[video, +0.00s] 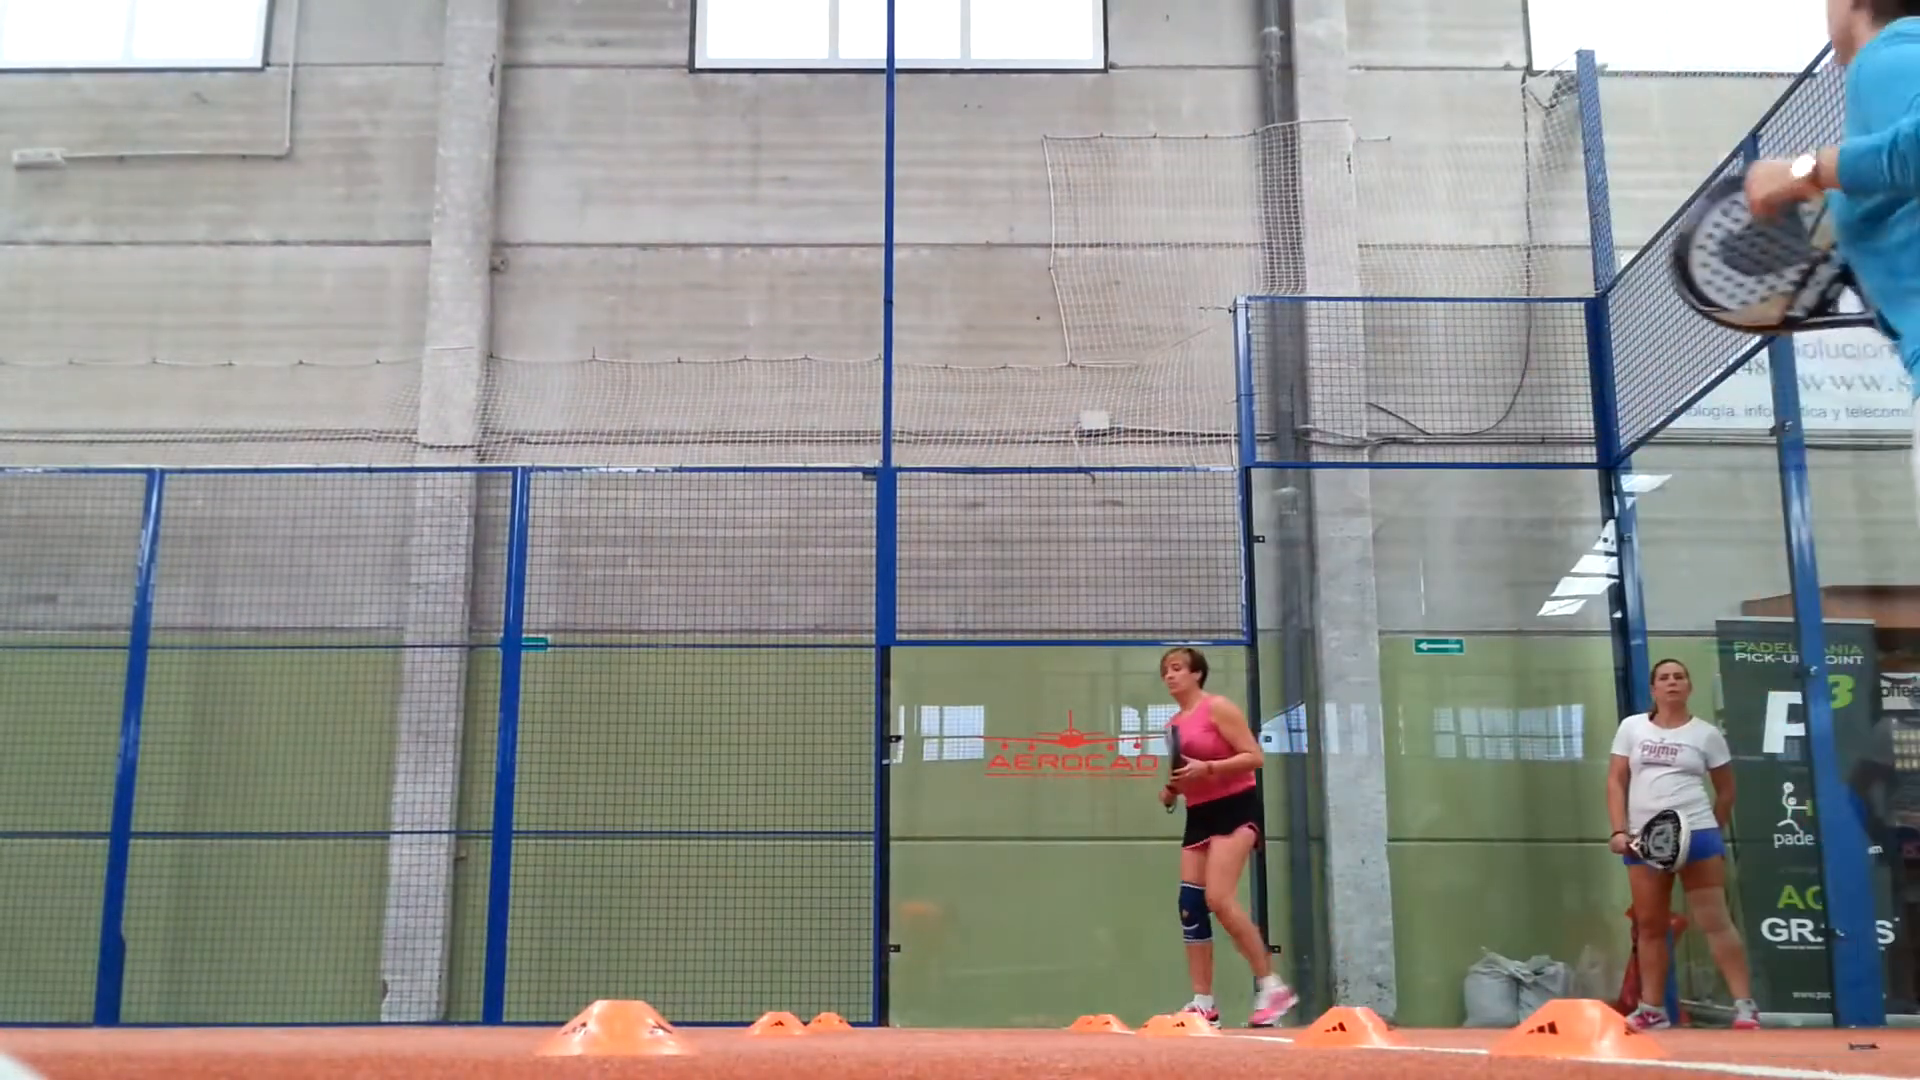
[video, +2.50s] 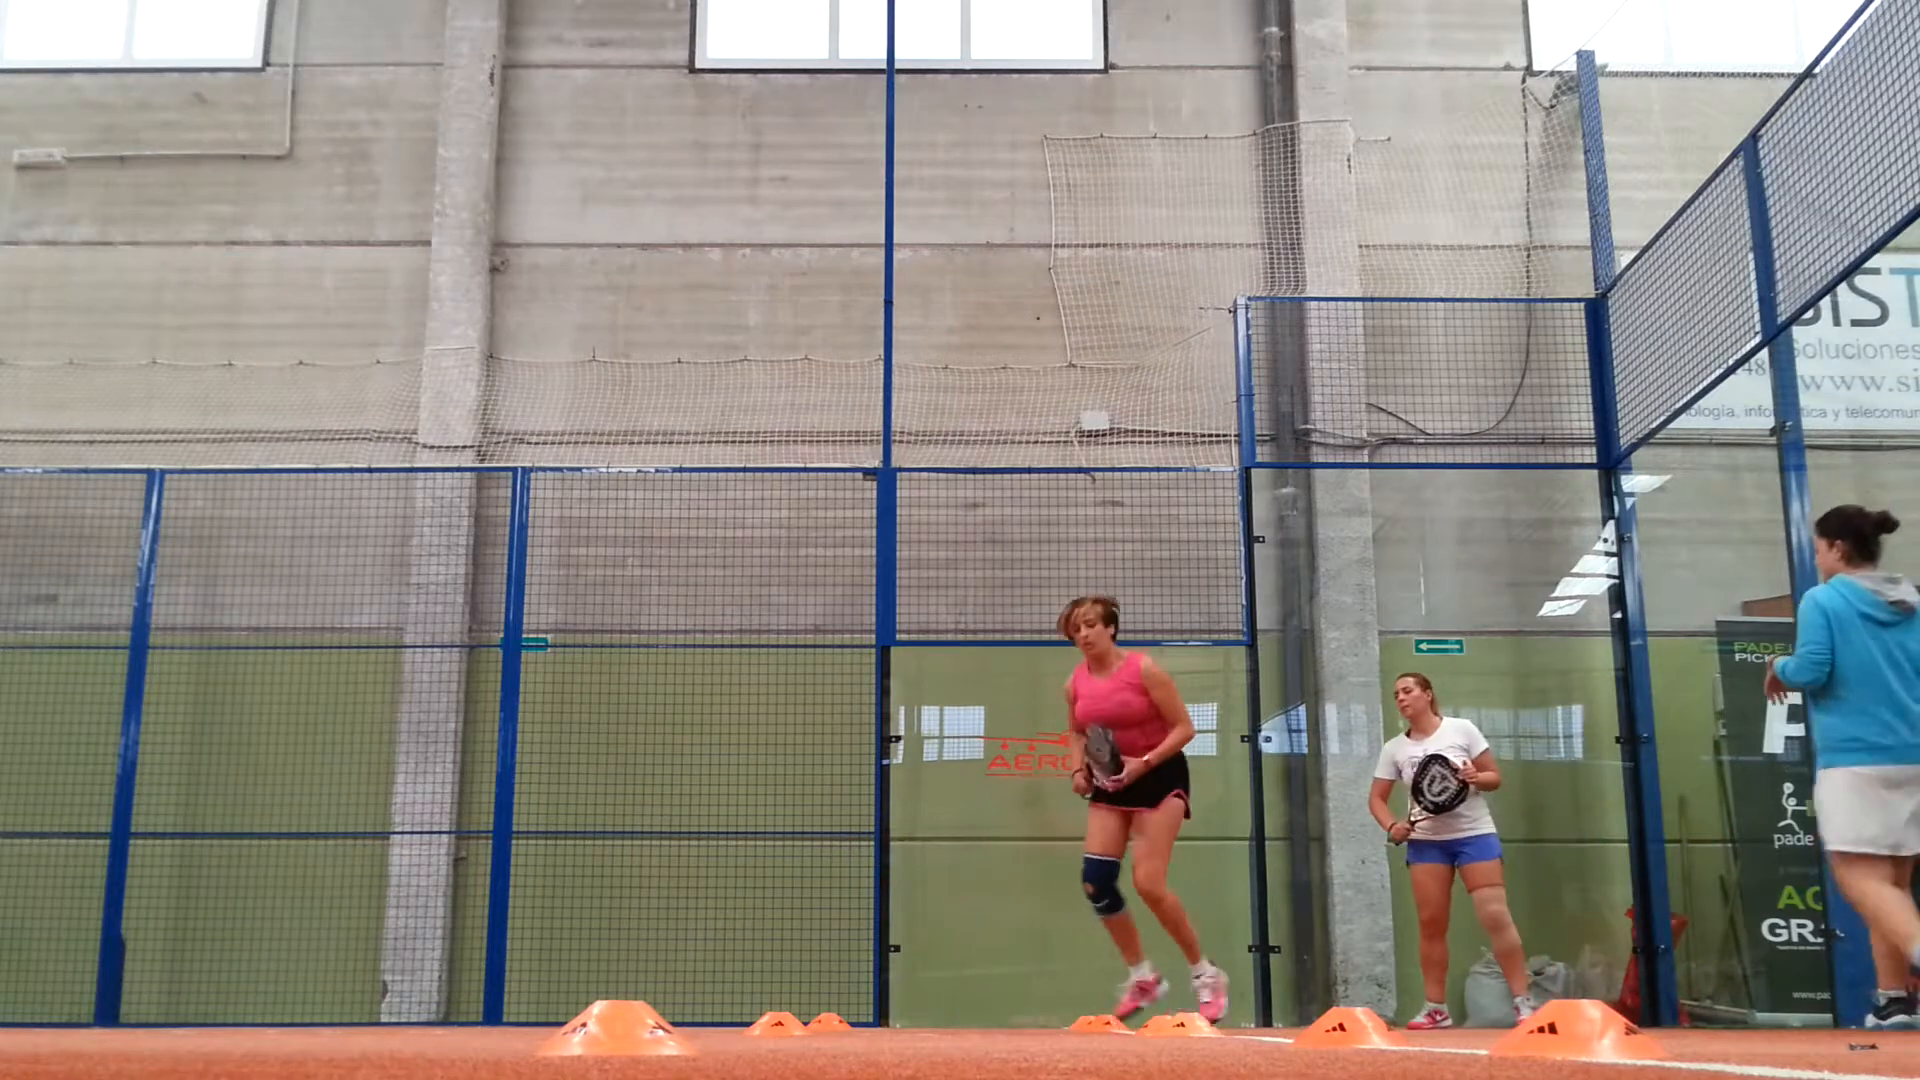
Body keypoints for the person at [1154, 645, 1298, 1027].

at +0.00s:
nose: (1170, 675)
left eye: (1177, 669)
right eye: (1166, 671)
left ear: (1197, 674)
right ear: (1164, 679)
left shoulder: (1219, 707)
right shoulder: (1176, 723)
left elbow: (1254, 756)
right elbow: (1190, 769)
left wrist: (1208, 768)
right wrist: (1174, 788)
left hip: (1236, 811)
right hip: (1198, 814)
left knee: (1219, 899)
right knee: (1190, 906)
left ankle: (1272, 986)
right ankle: (1204, 1003)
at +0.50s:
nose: (1122, 650)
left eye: (1128, 643)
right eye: (1121, 644)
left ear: (1151, 648)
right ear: (1132, 651)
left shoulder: (1166, 680)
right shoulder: (1140, 693)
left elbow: (1200, 728)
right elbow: (1158, 746)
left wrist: (1150, 749)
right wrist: (1135, 765)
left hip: (1190, 784)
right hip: (1164, 790)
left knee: (1176, 884)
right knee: (1149, 884)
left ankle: (1194, 990)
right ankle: (1183, 982)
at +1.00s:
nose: (1095, 650)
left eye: (1101, 642)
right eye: (1094, 643)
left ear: (1125, 644)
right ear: (1115, 648)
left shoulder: (1146, 673)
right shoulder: (1122, 687)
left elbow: (1191, 716)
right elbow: (1134, 737)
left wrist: (1146, 751)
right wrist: (1125, 765)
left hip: (1179, 777)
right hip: (1151, 784)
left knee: (1162, 879)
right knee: (1139, 882)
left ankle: (1199, 982)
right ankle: (1168, 981)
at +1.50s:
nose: (1059, 657)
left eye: (1064, 648)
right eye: (1056, 650)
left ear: (1089, 645)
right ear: (1074, 651)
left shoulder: (1135, 670)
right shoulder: (1070, 701)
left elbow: (1181, 709)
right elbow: (1060, 763)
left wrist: (1160, 736)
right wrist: (1089, 786)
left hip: (1156, 780)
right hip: (1108, 787)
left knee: (1160, 875)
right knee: (1084, 884)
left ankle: (1171, 979)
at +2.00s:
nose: (1023, 815)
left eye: (1028, 806)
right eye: (1019, 808)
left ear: (1053, 798)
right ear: (1018, 807)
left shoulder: (1097, 793)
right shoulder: (1027, 835)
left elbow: (1136, 802)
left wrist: (1167, 829)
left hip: (1111, 846)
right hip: (1056, 855)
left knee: (1146, 910)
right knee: (1020, 912)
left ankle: (1155, 1004)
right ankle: (985, 1005)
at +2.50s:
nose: (1085, 633)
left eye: (1092, 624)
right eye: (1078, 628)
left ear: (1111, 628)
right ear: (1072, 636)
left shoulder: (1144, 670)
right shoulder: (1076, 683)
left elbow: (1185, 729)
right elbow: (1077, 733)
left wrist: (1144, 763)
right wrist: (1079, 765)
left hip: (1160, 777)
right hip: (1108, 783)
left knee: (1149, 883)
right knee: (1097, 884)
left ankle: (1206, 974)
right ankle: (1143, 976)